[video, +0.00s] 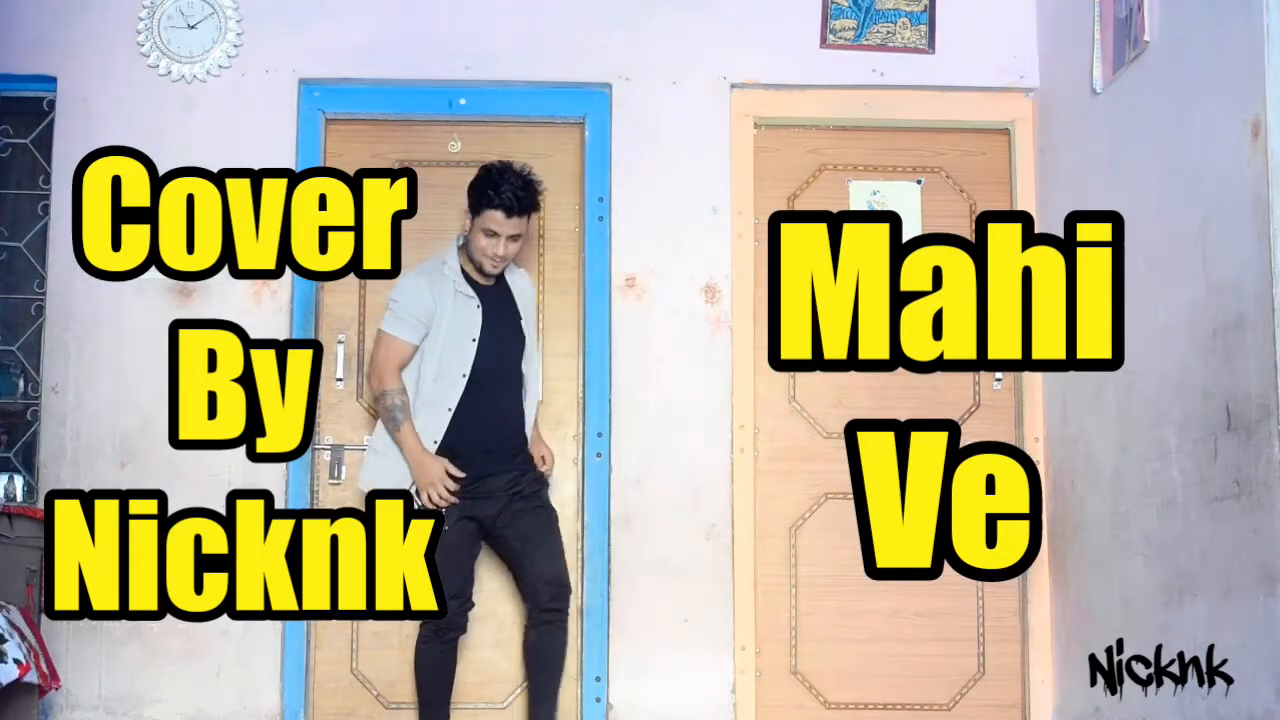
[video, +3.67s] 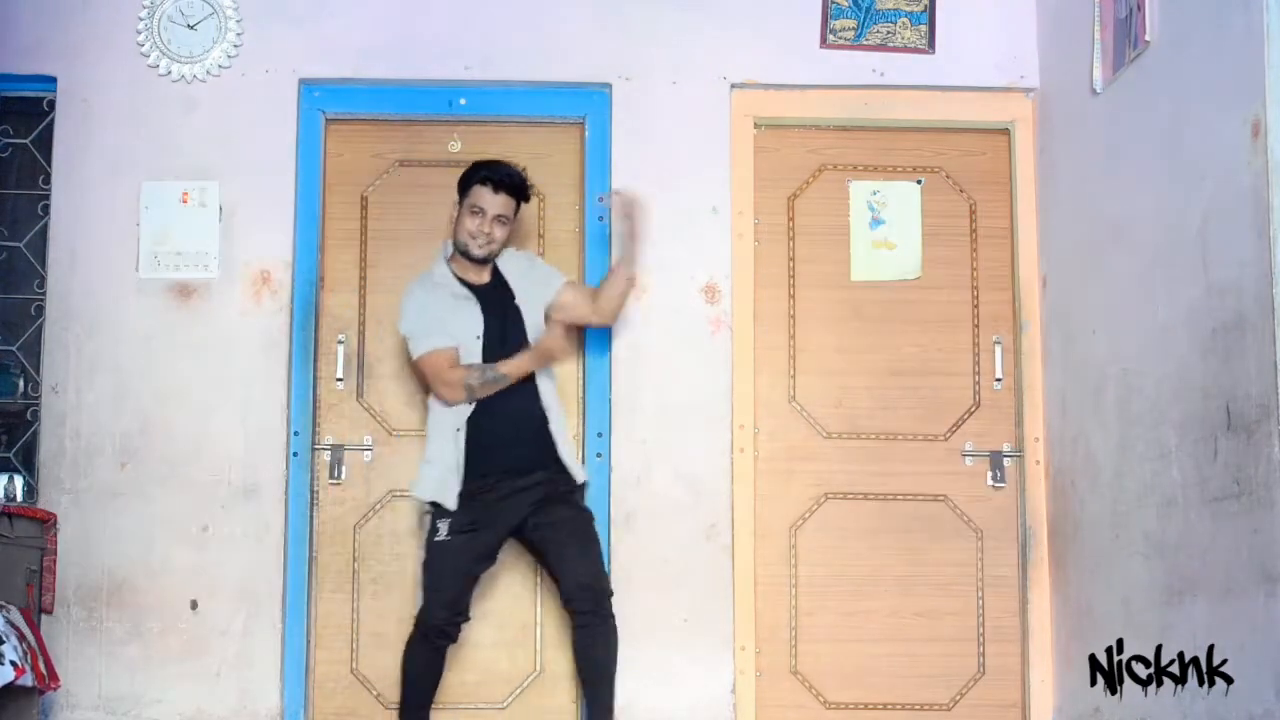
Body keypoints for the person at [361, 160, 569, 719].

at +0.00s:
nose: (501, 250)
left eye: (514, 238)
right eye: (490, 235)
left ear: (527, 232)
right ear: (468, 222)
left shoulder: (522, 286)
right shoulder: (425, 284)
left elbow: (525, 370)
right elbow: (384, 373)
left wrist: (533, 431)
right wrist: (417, 457)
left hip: (517, 484)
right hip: (446, 489)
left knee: (552, 602)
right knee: (445, 620)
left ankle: (543, 717)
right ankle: (434, 719)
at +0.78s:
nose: (532, 215)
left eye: (543, 202)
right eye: (519, 203)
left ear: (559, 210)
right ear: (502, 210)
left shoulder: (580, 298)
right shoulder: (454, 268)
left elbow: (589, 384)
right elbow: (410, 352)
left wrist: (578, 446)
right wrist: (421, 434)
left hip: (538, 487)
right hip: (456, 485)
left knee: (556, 615)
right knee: (448, 616)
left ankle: (579, 719)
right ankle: (434, 718)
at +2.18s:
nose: (447, 203)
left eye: (461, 194)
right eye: (436, 192)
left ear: (480, 205)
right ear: (420, 200)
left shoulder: (507, 270)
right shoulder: (385, 280)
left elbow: (541, 348)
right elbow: (359, 380)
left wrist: (543, 422)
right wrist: (384, 456)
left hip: (507, 473)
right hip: (424, 482)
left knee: (542, 602)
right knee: (412, 616)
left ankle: (567, 717)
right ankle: (408, 718)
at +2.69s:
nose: (427, 201)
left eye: (439, 191)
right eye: (416, 190)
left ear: (458, 201)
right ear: (398, 199)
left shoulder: (485, 271)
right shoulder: (372, 274)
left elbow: (559, 320)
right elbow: (360, 349)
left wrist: (601, 380)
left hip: (473, 472)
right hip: (395, 476)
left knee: (476, 611)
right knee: (393, 613)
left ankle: (473, 718)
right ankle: (387, 717)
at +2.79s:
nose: (424, 206)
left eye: (436, 195)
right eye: (414, 194)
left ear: (453, 204)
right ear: (394, 201)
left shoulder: (481, 267)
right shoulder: (369, 276)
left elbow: (549, 333)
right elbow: (380, 363)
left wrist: (559, 305)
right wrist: (456, 331)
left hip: (466, 474)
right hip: (388, 478)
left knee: (488, 594)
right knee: (383, 611)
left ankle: (470, 711)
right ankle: (384, 717)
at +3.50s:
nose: (466, 238)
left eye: (480, 230)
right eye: (457, 222)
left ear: (493, 237)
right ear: (436, 222)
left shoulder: (505, 285)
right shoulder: (407, 312)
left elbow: (572, 334)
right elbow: (420, 406)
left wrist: (557, 259)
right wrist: (479, 339)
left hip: (513, 490)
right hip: (435, 499)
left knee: (570, 585)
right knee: (417, 628)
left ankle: (544, 713)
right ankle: (404, 719)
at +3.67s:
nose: (485, 228)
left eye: (501, 220)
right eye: (477, 213)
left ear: (513, 226)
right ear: (457, 210)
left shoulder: (527, 272)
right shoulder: (426, 295)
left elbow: (598, 310)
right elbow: (449, 385)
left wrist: (629, 243)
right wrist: (538, 354)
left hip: (548, 484)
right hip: (468, 495)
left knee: (593, 601)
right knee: (437, 625)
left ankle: (600, 715)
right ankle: (412, 716)